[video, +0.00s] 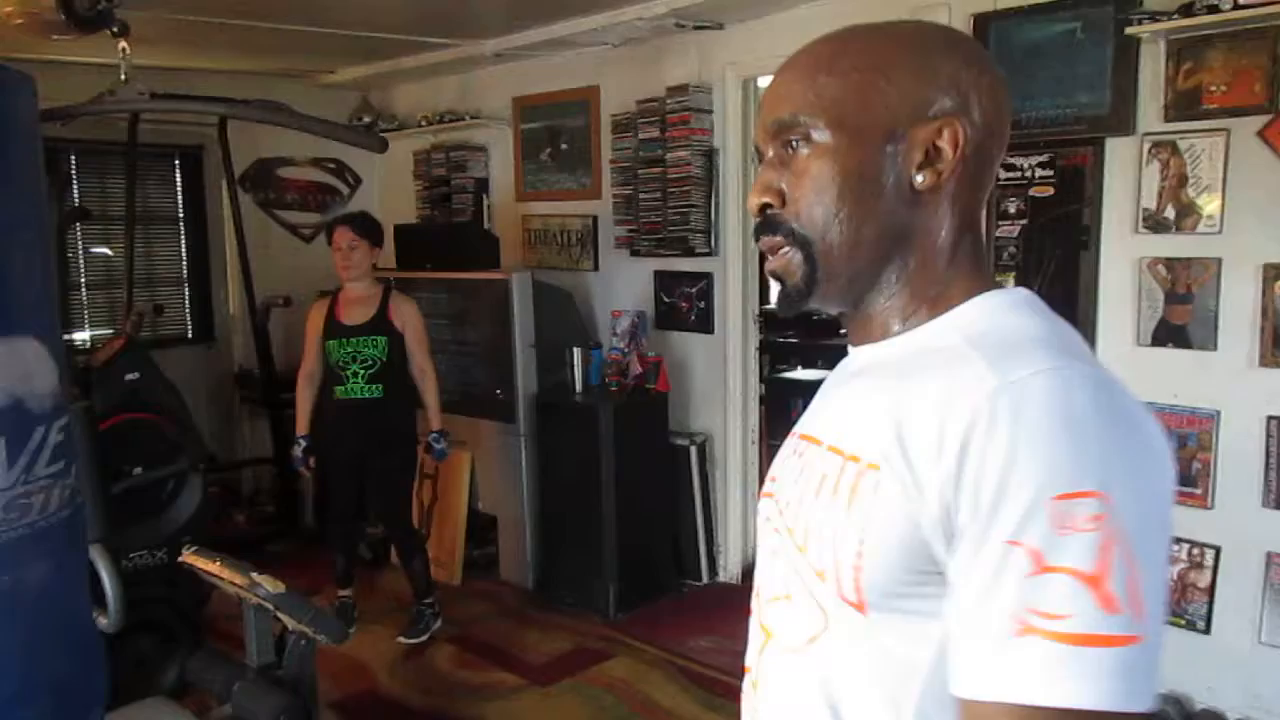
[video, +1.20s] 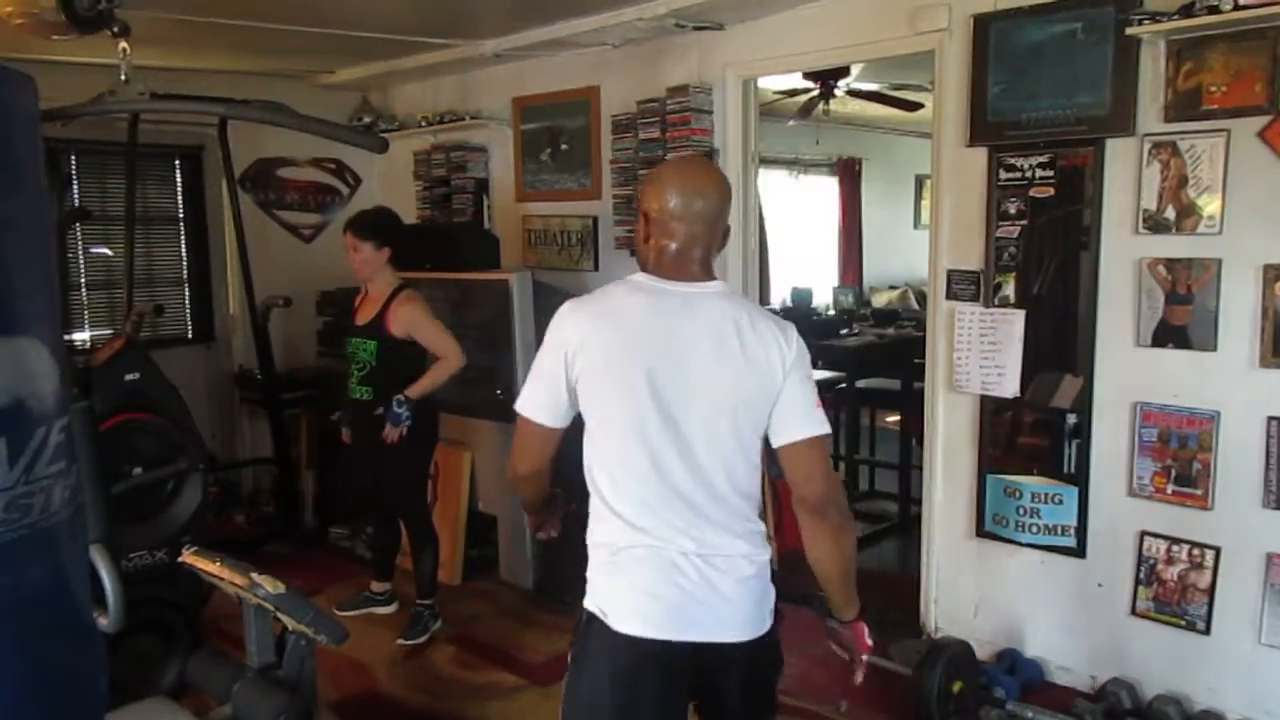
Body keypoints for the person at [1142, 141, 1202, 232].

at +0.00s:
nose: (1157, 158)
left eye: (1159, 153)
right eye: (1155, 155)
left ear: (1168, 150)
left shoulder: (1175, 160)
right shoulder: (1164, 166)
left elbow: (1171, 187)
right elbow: (1161, 188)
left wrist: (1160, 213)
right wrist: (1157, 212)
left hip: (1191, 211)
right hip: (1180, 211)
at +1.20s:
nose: (1158, 159)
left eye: (1160, 154)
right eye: (1155, 156)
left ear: (1169, 150)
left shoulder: (1175, 161)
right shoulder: (1164, 165)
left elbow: (1171, 187)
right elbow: (1162, 188)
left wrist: (1161, 213)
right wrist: (1157, 213)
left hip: (1190, 211)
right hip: (1180, 212)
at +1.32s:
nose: (1158, 159)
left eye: (1159, 154)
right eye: (1156, 156)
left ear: (1168, 150)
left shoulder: (1175, 161)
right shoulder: (1164, 164)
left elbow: (1170, 187)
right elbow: (1162, 187)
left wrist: (1160, 213)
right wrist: (1157, 212)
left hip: (1190, 211)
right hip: (1180, 212)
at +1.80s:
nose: (1158, 159)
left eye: (1159, 154)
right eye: (1156, 156)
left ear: (1168, 150)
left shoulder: (1175, 161)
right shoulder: (1164, 165)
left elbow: (1171, 187)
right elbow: (1162, 188)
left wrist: (1160, 213)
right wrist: (1157, 212)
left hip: (1190, 211)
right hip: (1180, 212)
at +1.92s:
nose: (1158, 158)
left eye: (1159, 153)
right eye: (1155, 156)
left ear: (1168, 149)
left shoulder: (1175, 161)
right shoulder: (1164, 165)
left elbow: (1171, 187)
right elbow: (1162, 188)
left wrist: (1161, 213)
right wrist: (1157, 212)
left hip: (1190, 212)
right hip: (1180, 213)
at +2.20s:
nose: (1158, 158)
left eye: (1159, 153)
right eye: (1155, 156)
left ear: (1168, 149)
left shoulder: (1175, 161)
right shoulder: (1164, 165)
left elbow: (1171, 187)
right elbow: (1162, 188)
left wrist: (1160, 213)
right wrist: (1157, 212)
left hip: (1190, 212)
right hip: (1180, 213)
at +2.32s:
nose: (1158, 158)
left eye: (1159, 153)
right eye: (1155, 156)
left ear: (1168, 149)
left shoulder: (1175, 161)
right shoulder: (1164, 165)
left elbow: (1171, 188)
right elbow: (1162, 188)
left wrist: (1160, 213)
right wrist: (1157, 213)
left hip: (1190, 212)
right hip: (1180, 213)